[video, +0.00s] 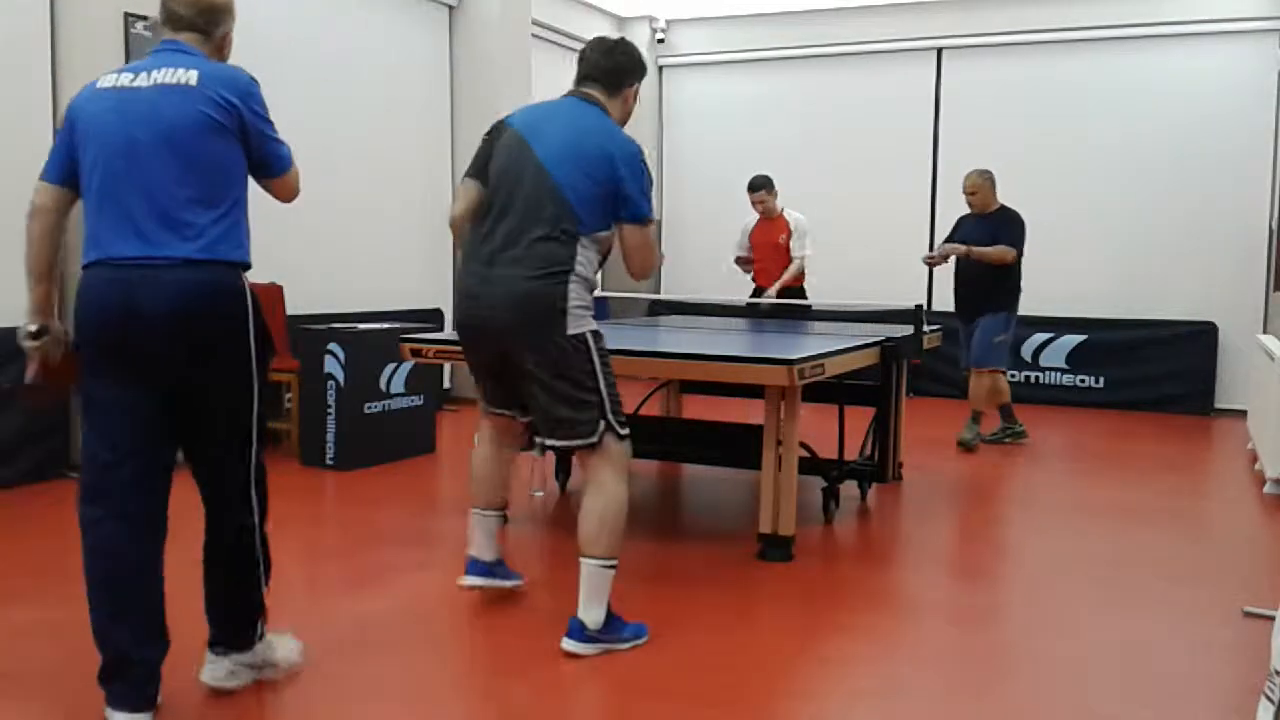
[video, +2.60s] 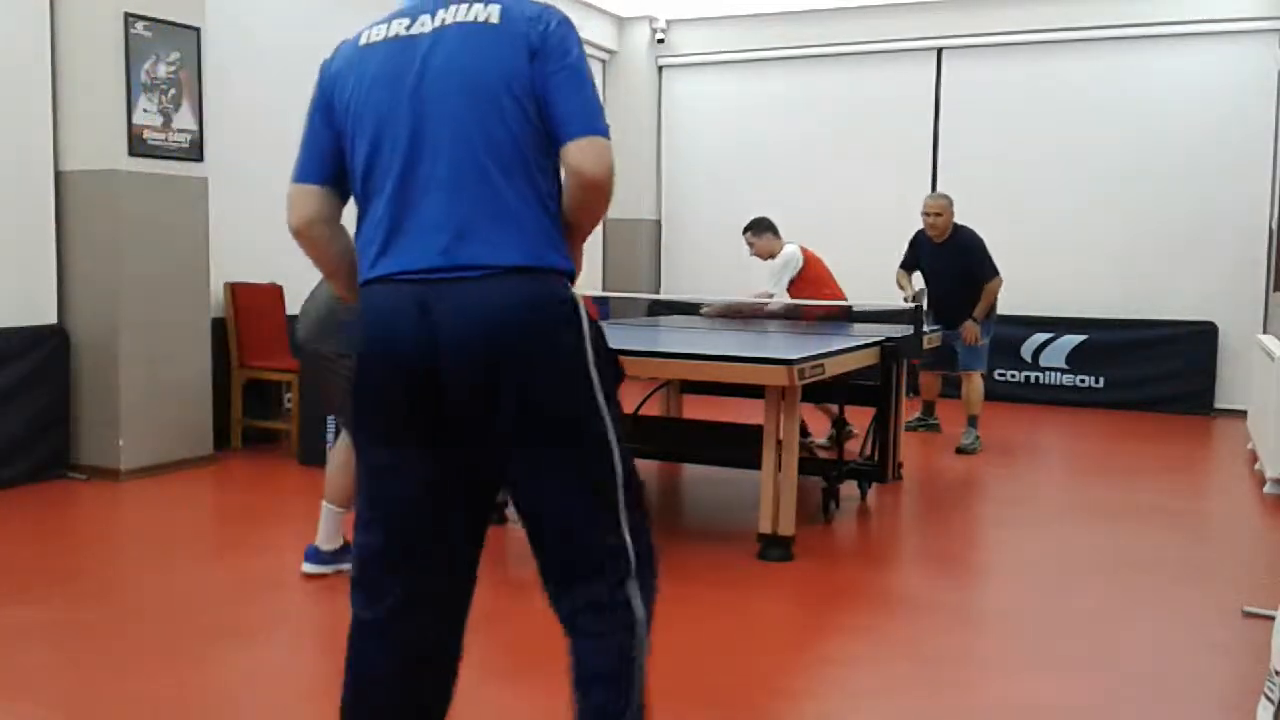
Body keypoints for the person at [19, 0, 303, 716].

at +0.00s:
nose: (233, 45)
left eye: (226, 33)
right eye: (232, 35)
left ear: (162, 29)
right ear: (222, 35)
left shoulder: (91, 95)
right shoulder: (231, 86)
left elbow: (46, 208)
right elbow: (285, 186)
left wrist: (42, 320)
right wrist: (242, 123)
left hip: (110, 303)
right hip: (207, 301)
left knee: (116, 492)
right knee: (232, 479)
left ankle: (129, 694)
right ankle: (235, 644)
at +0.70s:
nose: (325, 13)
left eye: (323, 5)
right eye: (323, 5)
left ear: (245, 5)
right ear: (304, 4)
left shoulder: (168, 76)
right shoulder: (325, 60)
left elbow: (130, 211)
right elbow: (386, 164)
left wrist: (140, 334)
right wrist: (340, 169)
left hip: (196, 310)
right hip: (303, 309)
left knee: (176, 522)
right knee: (309, 533)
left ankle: (138, 697)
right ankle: (294, 707)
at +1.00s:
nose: (362, 11)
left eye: (361, 5)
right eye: (362, 4)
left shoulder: (196, 54)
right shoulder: (358, 41)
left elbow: (158, 193)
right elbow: (387, 141)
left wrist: (202, 291)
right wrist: (386, 287)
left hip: (215, 305)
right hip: (323, 302)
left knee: (221, 541)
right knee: (330, 538)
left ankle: (224, 708)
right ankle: (301, 709)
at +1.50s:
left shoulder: (182, 56)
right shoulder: (358, 18)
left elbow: (136, 209)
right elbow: (400, 97)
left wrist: (118, 347)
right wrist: (381, 250)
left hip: (221, 313)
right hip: (350, 300)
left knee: (230, 558)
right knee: (380, 549)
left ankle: (230, 710)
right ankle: (381, 706)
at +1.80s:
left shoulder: (246, 46)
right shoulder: (444, 29)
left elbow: (184, 203)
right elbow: (518, 120)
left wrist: (162, 357)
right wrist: (483, 272)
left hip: (293, 341)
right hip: (426, 332)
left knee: (266, 598)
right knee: (464, 601)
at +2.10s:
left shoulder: (337, 33)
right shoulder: (542, 22)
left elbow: (286, 196)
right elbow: (617, 181)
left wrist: (280, 336)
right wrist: (582, 251)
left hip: (363, 323)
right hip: (502, 323)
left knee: (351, 584)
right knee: (520, 592)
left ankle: (331, 713)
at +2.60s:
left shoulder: (348, 57)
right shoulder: (536, 24)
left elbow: (309, 215)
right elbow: (591, 169)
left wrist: (374, 302)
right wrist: (564, 244)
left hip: (395, 329)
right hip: (526, 321)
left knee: (401, 591)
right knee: (601, 578)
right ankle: (609, 706)